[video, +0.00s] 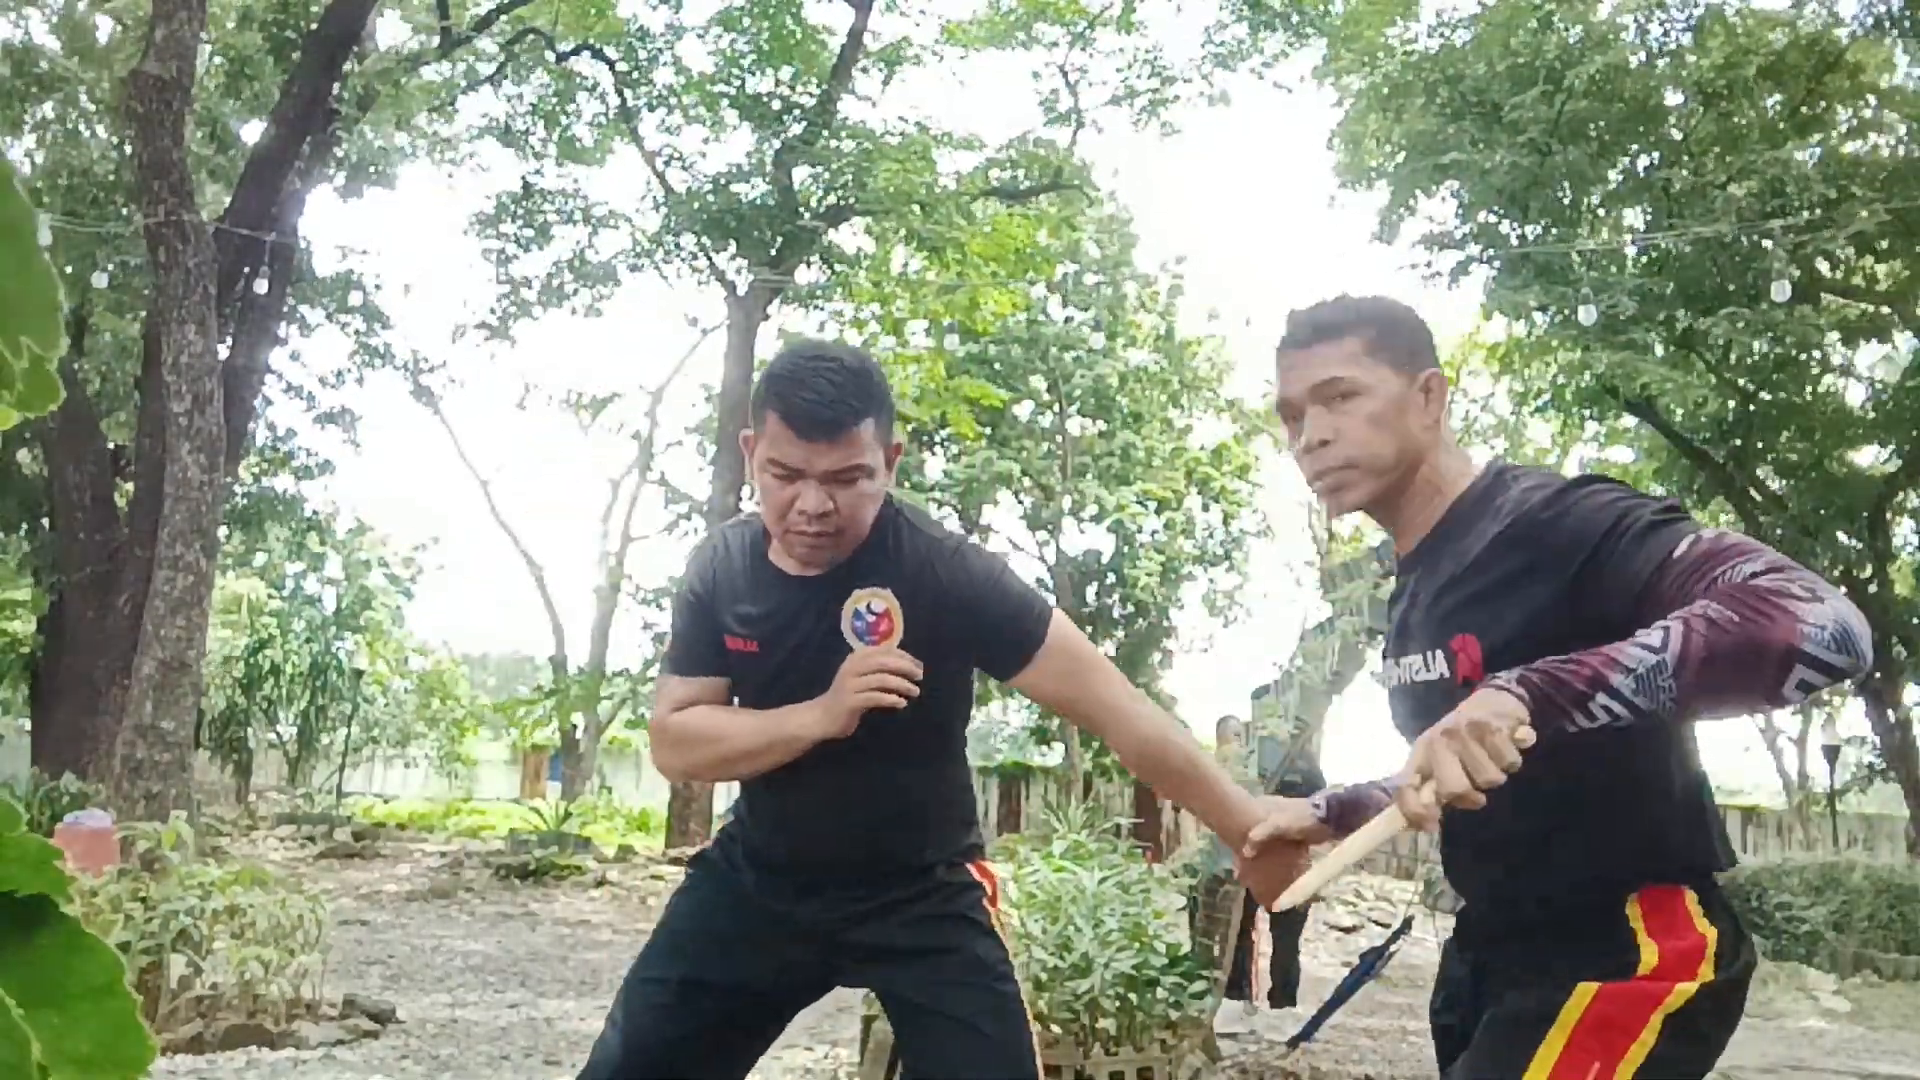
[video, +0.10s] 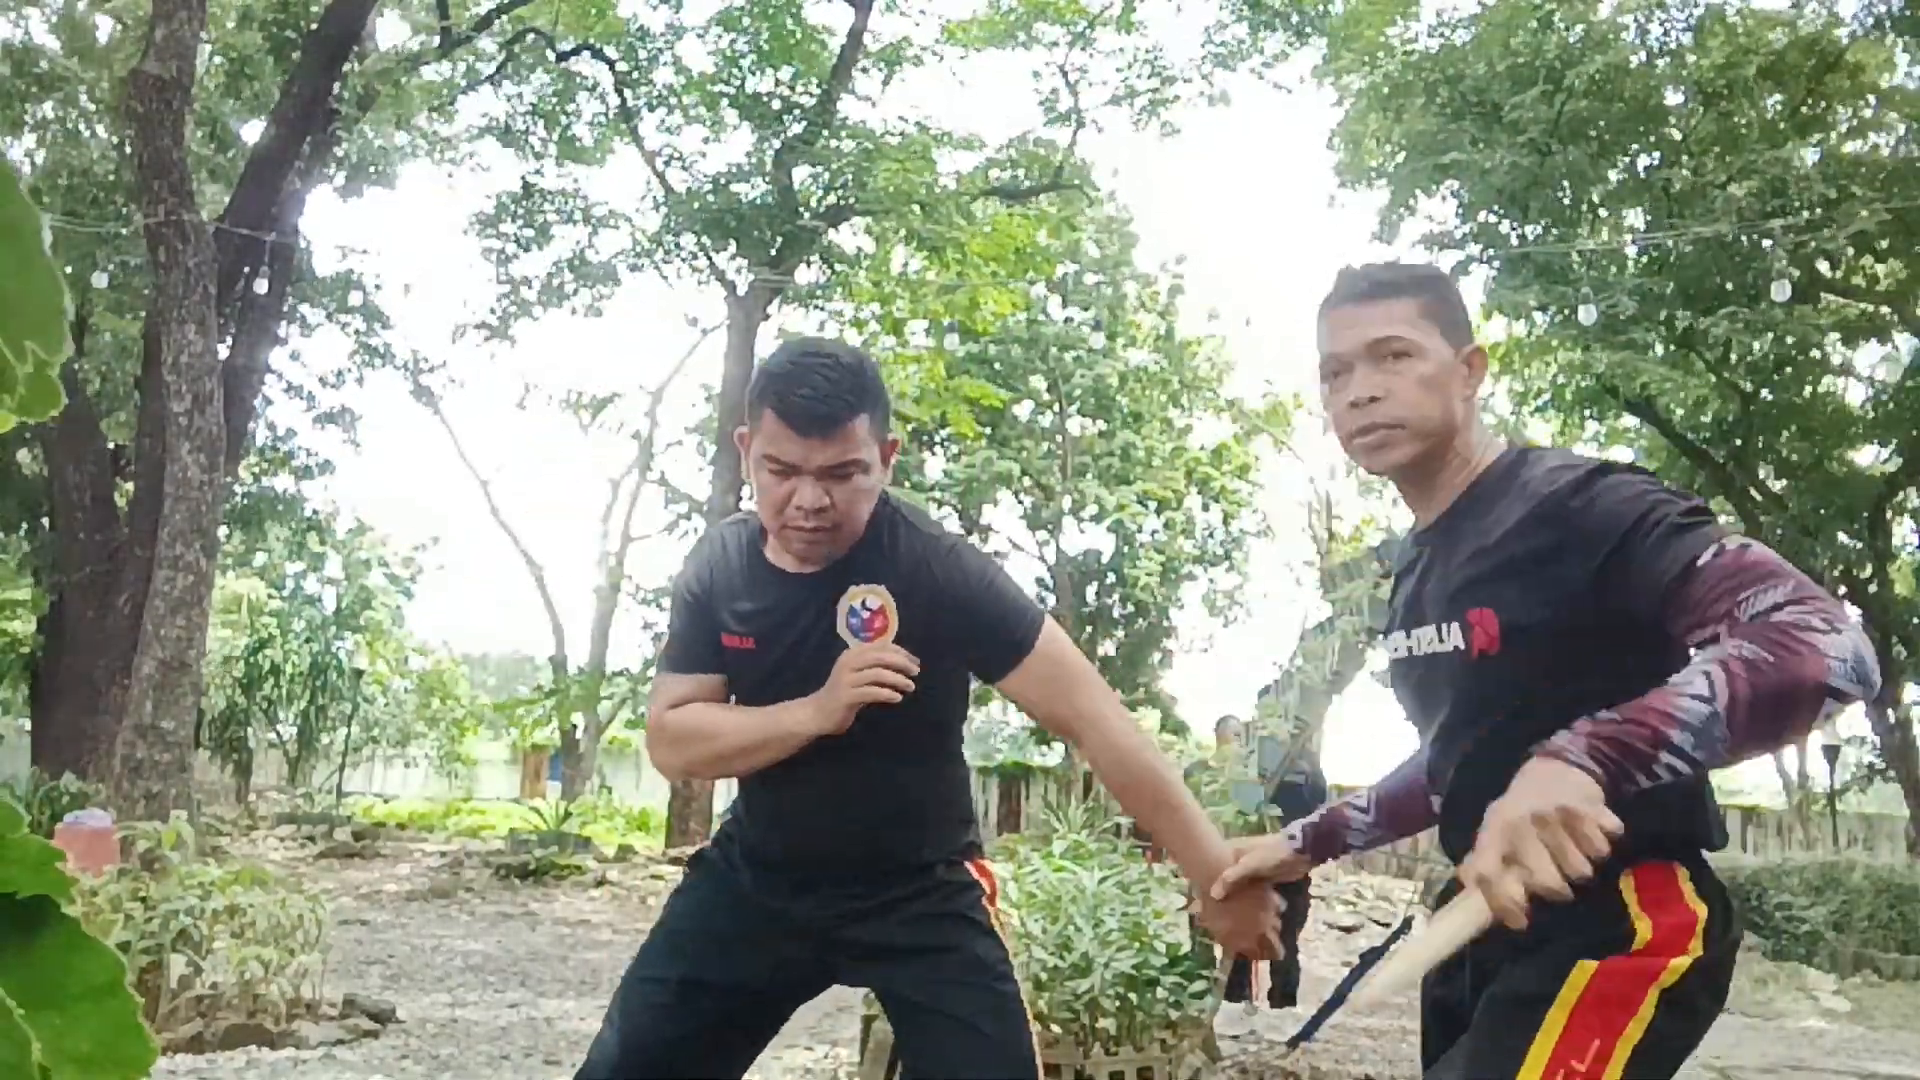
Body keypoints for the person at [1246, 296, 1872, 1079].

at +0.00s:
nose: (1308, 435)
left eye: (1336, 397)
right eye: (1291, 417)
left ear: (1429, 397)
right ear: (1285, 436)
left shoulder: (1561, 520)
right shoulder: (1418, 589)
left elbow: (1819, 627)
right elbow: (1469, 773)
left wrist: (1527, 695)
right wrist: (1330, 815)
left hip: (1632, 958)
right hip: (1495, 953)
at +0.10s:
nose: (1358, 390)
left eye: (1391, 356)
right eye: (1335, 373)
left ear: (1470, 370)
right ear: (1322, 401)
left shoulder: (1586, 504)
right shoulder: (1415, 569)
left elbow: (1816, 638)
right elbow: (1464, 757)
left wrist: (1582, 759)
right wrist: (1302, 845)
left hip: (1624, 916)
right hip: (1482, 921)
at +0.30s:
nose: (1446, 371)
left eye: (1479, 342)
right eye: (1427, 349)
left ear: (1548, 364)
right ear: (1410, 373)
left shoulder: (1641, 507)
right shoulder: (1449, 545)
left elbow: (1804, 691)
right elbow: (1404, 741)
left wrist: (1908, 860)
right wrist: (1332, 679)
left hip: (1615, 883)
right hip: (1484, 877)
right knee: (1459, 1065)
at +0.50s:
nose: (1478, 351)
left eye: (1509, 329)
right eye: (1469, 333)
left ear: (1575, 347)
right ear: (1456, 356)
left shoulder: (1662, 480)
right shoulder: (1467, 522)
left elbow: (1793, 665)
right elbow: (1424, 700)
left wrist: (1895, 809)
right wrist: (1365, 650)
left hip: (1662, 841)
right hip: (1521, 835)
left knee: (1658, 1056)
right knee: (1508, 1053)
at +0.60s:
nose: (1501, 342)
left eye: (1531, 321)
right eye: (1492, 326)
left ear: (1598, 348)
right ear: (1485, 354)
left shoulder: (1685, 478)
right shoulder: (1482, 518)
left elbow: (1804, 657)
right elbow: (1456, 689)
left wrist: (1885, 837)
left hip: (1675, 838)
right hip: (1533, 835)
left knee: (1681, 1052)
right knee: (1534, 1053)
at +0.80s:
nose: (1545, 331)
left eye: (1578, 311)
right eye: (1533, 318)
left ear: (1649, 338)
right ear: (1525, 349)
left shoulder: (1740, 477)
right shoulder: (1519, 513)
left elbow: (1841, 676)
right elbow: (1536, 694)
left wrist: (1828, 877)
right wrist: (1524, 866)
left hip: (1713, 874)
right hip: (1564, 882)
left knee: (1728, 1060)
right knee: (1572, 1061)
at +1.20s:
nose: (1575, 331)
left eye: (1606, 308)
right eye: (1571, 315)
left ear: (1690, 326)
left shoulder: (1782, 469)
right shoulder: (1607, 506)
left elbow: (1883, 688)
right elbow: (1637, 690)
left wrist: (1876, 903)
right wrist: (1567, 747)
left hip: (1756, 840)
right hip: (1623, 845)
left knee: (1752, 1057)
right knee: (1616, 1057)